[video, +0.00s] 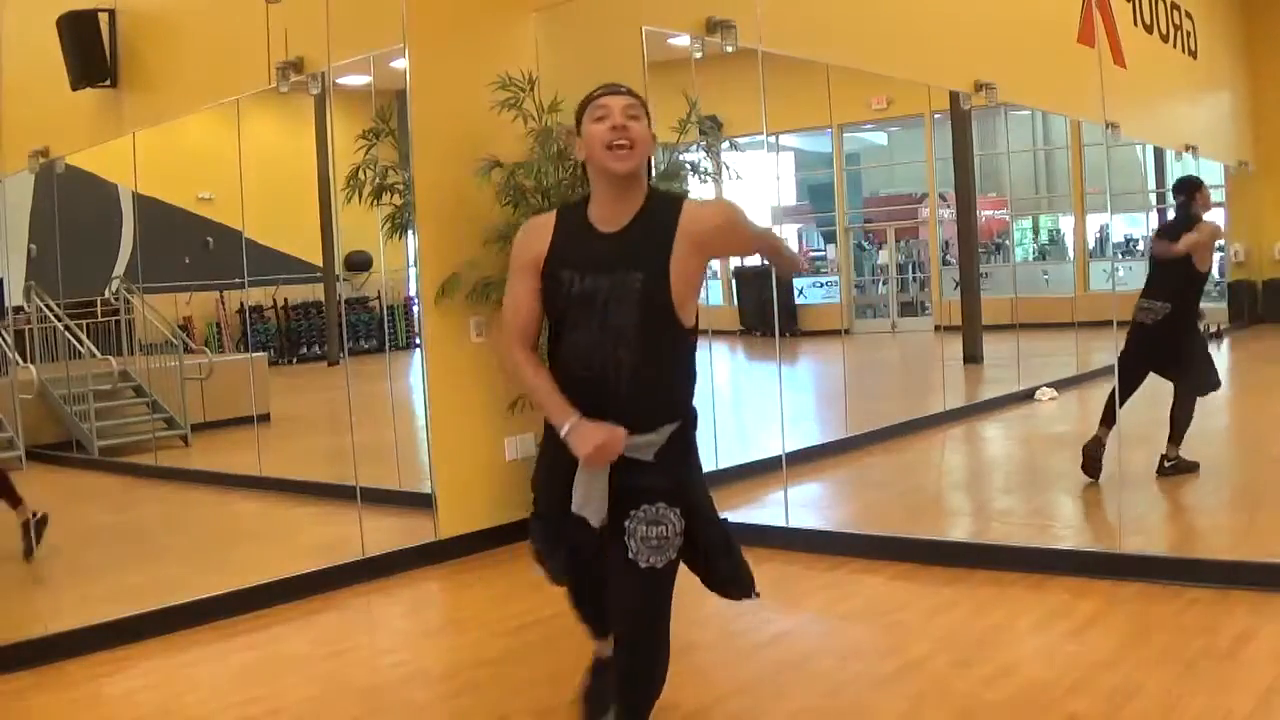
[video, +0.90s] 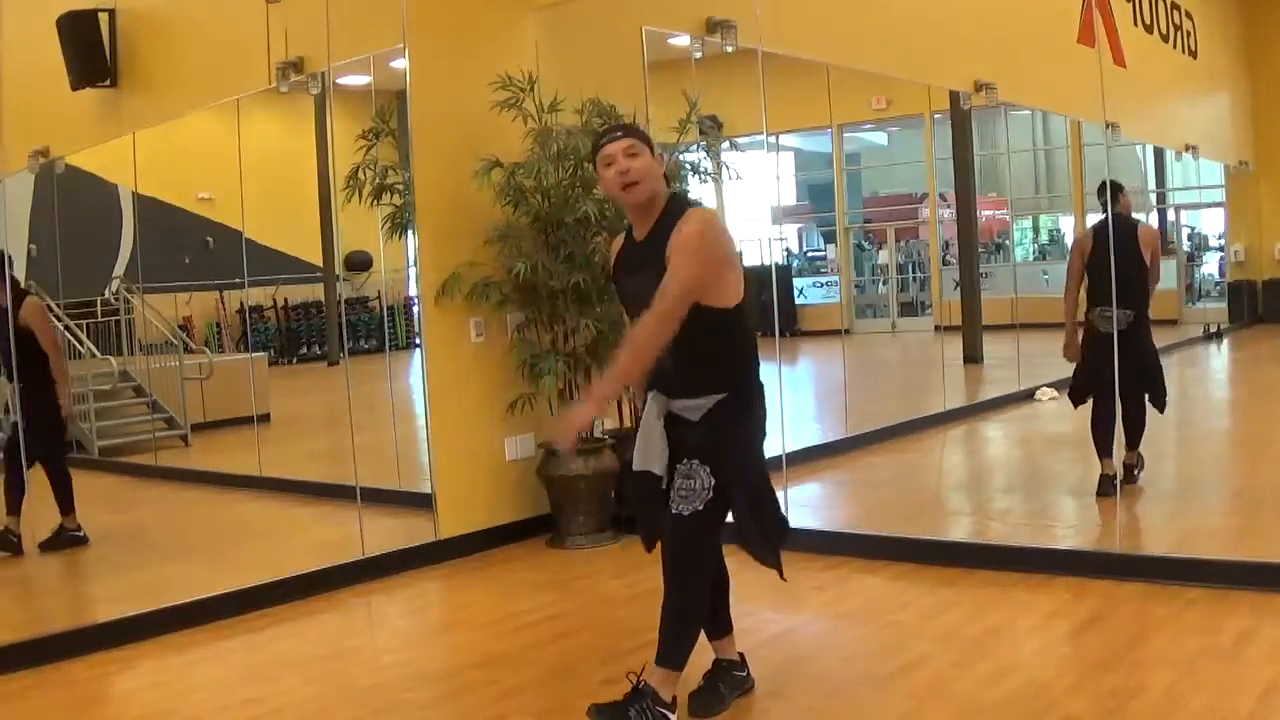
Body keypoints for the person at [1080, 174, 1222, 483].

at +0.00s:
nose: (1210, 198)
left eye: (1207, 192)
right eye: (1206, 193)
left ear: (1180, 200)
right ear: (1196, 198)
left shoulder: (1163, 230)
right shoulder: (1207, 229)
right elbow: (1185, 246)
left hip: (1144, 318)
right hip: (1177, 323)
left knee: (1126, 381)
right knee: (1189, 385)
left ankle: (1099, 439)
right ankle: (1171, 456)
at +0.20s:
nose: (1190, 200)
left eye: (1188, 194)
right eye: (1186, 195)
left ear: (1161, 199)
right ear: (1176, 198)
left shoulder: (1137, 232)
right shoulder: (1186, 233)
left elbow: (1131, 272)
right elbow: (1173, 268)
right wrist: (1161, 275)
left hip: (1128, 319)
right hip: (1161, 322)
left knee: (1129, 387)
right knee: (1173, 387)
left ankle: (1110, 449)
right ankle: (1170, 456)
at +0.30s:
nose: (1177, 206)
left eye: (1175, 200)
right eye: (1174, 200)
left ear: (1145, 205)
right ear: (1164, 203)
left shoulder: (1124, 239)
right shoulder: (1174, 243)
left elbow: (1122, 285)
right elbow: (1180, 287)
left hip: (1125, 331)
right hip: (1159, 330)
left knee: (1120, 396)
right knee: (1167, 395)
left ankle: (1108, 464)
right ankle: (1170, 456)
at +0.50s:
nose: (1155, 207)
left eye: (1153, 201)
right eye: (1152, 202)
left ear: (1124, 208)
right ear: (1142, 206)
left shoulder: (1104, 242)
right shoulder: (1161, 241)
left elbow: (1091, 294)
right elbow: (1184, 287)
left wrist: (1088, 335)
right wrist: (1189, 304)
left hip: (1104, 337)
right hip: (1139, 336)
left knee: (1107, 405)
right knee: (1150, 397)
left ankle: (1108, 474)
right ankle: (1160, 456)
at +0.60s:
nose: (1149, 201)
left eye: (1147, 195)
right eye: (1146, 196)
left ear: (1117, 202)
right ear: (1136, 199)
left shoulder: (1097, 238)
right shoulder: (1156, 235)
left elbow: (1078, 285)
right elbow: (1177, 265)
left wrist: (1073, 330)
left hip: (1101, 334)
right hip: (1136, 334)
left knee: (1105, 401)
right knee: (1143, 396)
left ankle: (1107, 473)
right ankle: (1147, 459)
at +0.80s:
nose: (1136, 199)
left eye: (1133, 194)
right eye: (1133, 194)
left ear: (1108, 201)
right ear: (1125, 198)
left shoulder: (1087, 238)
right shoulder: (1150, 232)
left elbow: (1069, 285)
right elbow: (1156, 261)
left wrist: (1062, 329)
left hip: (1097, 334)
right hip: (1135, 332)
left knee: (1102, 400)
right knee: (1133, 397)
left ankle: (1106, 471)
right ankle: (1131, 459)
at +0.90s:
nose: (1130, 200)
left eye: (1126, 195)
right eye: (1127, 196)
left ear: (1101, 203)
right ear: (1122, 199)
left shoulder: (1086, 239)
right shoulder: (1148, 235)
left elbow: (1072, 290)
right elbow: (1152, 282)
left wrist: (1071, 335)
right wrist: (1139, 308)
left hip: (1099, 334)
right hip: (1135, 333)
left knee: (1103, 400)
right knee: (1133, 397)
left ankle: (1107, 471)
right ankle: (1131, 459)